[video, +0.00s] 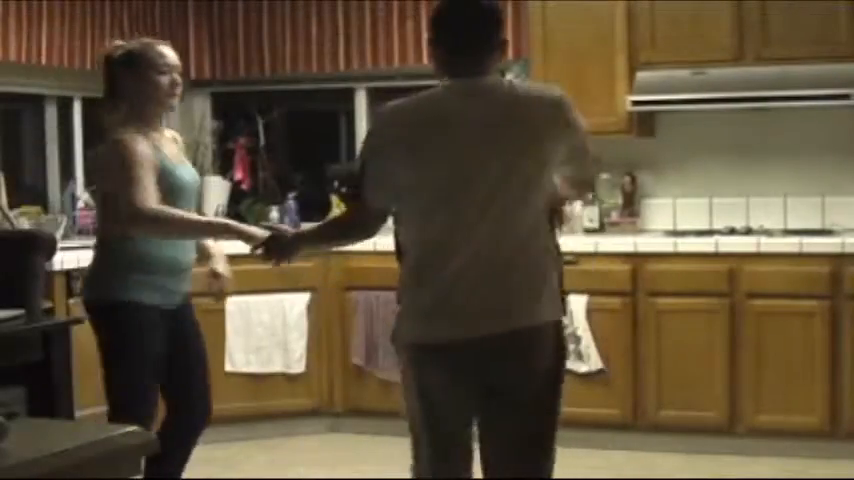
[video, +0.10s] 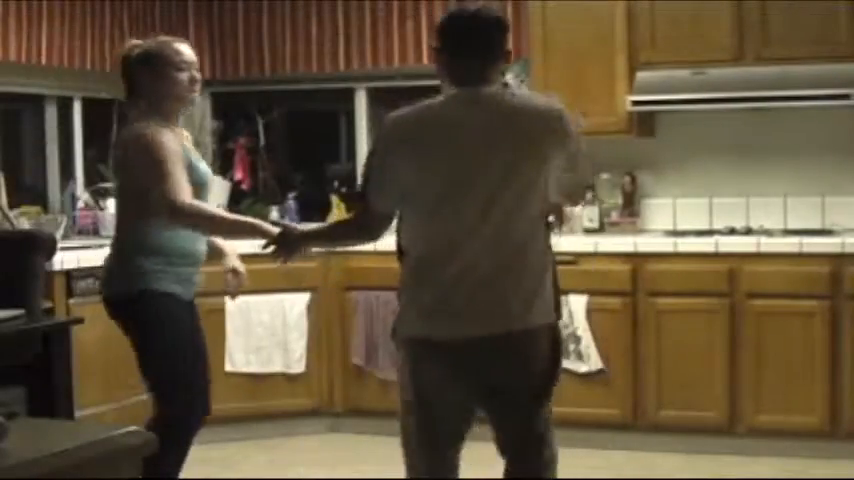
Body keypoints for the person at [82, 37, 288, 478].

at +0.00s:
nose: (177, 81)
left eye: (179, 73)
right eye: (164, 73)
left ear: (179, 80)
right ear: (130, 82)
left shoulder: (170, 140)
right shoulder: (124, 143)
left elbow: (185, 211)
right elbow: (138, 213)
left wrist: (213, 251)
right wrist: (237, 230)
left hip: (170, 296)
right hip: (126, 297)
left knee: (193, 410)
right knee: (135, 420)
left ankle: (159, 476)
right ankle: (120, 477)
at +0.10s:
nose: (196, 77)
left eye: (197, 69)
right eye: (183, 69)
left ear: (195, 78)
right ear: (149, 78)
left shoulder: (175, 135)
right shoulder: (151, 137)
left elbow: (181, 214)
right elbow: (176, 207)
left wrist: (225, 251)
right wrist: (262, 227)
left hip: (168, 286)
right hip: (146, 288)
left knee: (188, 406)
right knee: (184, 408)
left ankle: (146, 471)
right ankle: (156, 474)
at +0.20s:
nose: (215, 74)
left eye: (216, 66)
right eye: (202, 67)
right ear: (170, 78)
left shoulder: (176, 133)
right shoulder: (177, 134)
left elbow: (181, 219)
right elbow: (186, 201)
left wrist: (237, 246)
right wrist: (268, 226)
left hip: (163, 279)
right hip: (171, 281)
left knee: (186, 396)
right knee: (216, 396)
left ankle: (161, 470)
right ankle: (176, 473)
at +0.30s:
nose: (234, 77)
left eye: (233, 69)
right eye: (222, 70)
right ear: (190, 81)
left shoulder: (180, 137)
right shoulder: (198, 137)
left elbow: (198, 219)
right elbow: (199, 205)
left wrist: (256, 249)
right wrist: (279, 230)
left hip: (165, 284)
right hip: (196, 287)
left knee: (190, 397)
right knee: (240, 395)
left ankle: (157, 473)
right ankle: (232, 475)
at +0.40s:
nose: (253, 82)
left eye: (252, 75)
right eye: (241, 75)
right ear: (209, 87)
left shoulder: (202, 143)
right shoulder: (218, 145)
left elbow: (223, 224)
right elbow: (216, 216)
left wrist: (275, 262)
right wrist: (296, 234)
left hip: (189, 292)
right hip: (220, 293)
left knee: (207, 401)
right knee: (264, 395)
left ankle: (165, 475)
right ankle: (258, 476)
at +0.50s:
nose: (271, 84)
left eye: (268, 76)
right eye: (259, 77)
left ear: (235, 92)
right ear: (228, 88)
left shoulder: (223, 146)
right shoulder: (236, 148)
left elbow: (235, 232)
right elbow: (239, 223)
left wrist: (280, 280)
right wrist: (316, 223)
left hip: (211, 291)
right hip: (236, 293)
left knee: (245, 398)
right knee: (282, 393)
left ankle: (183, 474)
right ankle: (264, 474)